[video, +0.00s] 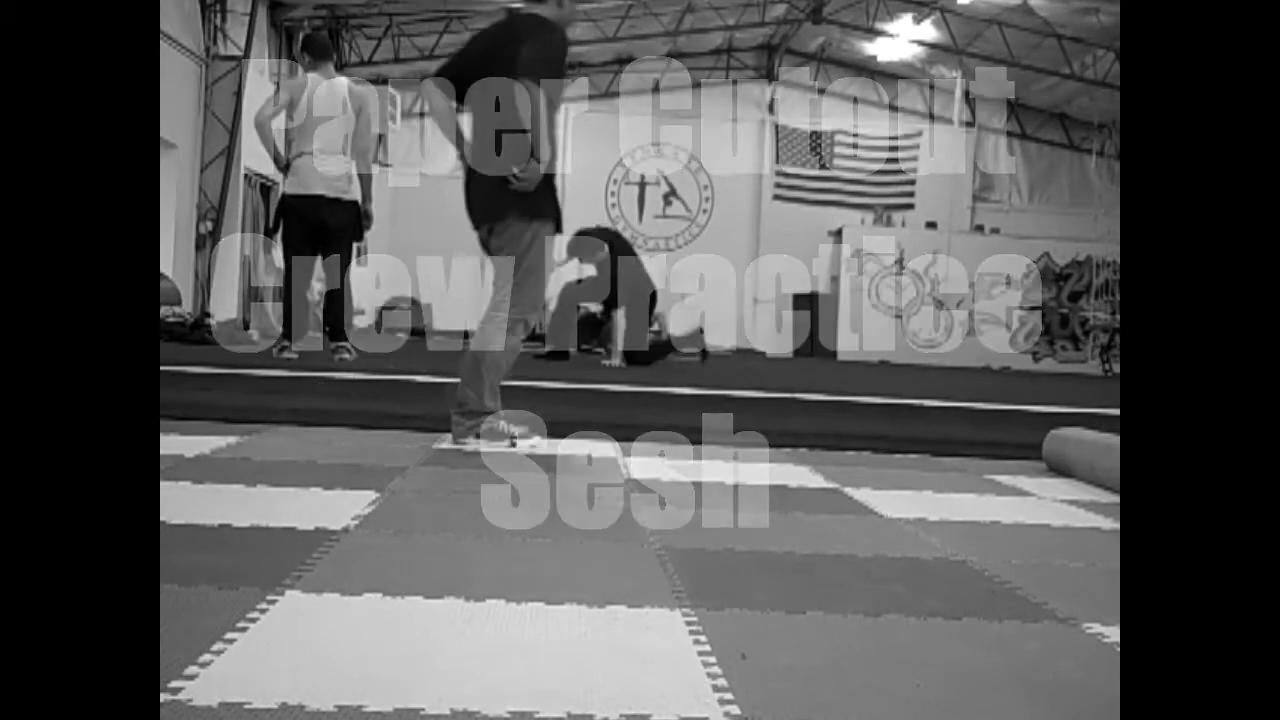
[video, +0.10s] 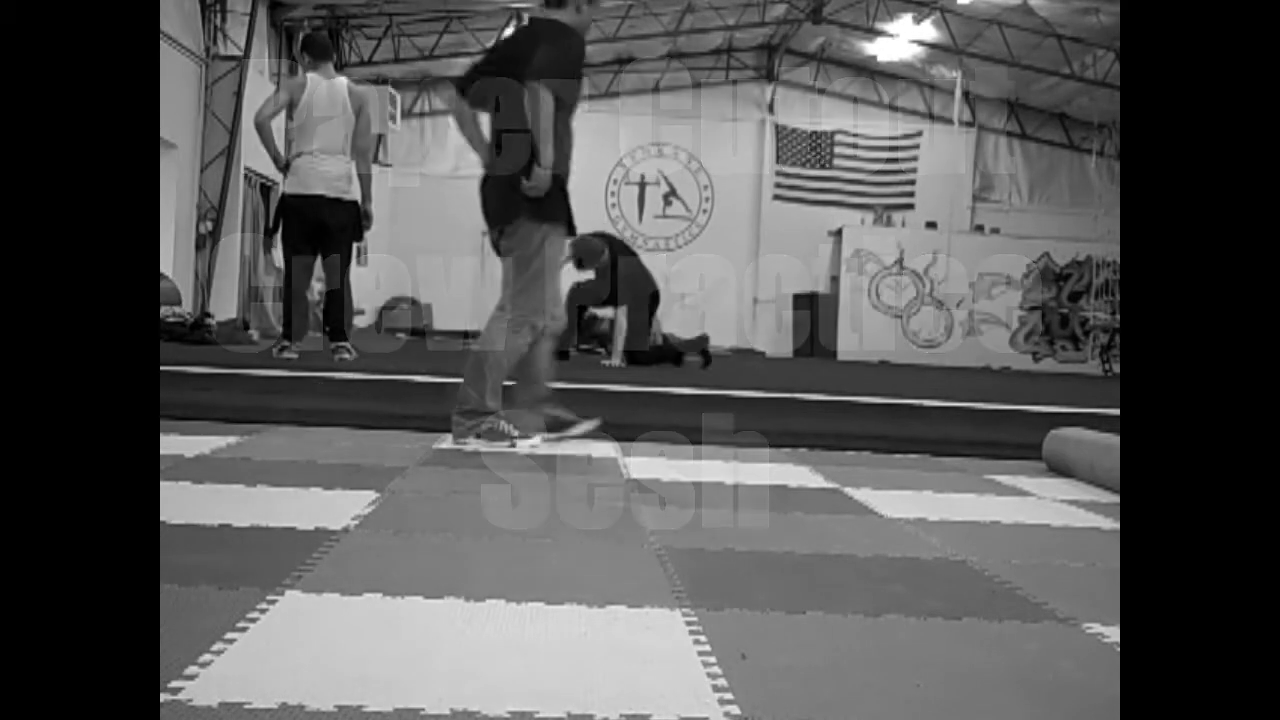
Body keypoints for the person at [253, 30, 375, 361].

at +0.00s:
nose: (299, 62)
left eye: (299, 58)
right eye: (301, 58)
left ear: (305, 57)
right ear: (334, 56)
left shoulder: (294, 86)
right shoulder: (360, 92)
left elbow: (260, 119)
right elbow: (363, 156)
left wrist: (278, 159)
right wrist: (367, 204)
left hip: (300, 195)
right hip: (341, 197)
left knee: (297, 277)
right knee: (337, 279)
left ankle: (288, 342)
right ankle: (339, 344)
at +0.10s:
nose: (299, 63)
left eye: (299, 58)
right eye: (300, 58)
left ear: (305, 57)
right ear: (333, 57)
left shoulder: (295, 86)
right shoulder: (358, 94)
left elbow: (260, 119)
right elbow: (362, 155)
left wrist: (278, 160)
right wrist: (366, 204)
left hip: (300, 191)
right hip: (341, 193)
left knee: (297, 275)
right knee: (337, 276)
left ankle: (289, 343)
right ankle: (340, 344)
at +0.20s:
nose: (300, 63)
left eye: (300, 58)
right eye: (301, 59)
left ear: (305, 58)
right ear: (333, 56)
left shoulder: (295, 85)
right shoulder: (356, 95)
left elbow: (261, 119)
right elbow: (362, 155)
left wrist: (279, 162)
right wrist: (366, 203)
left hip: (299, 193)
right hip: (341, 196)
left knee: (296, 274)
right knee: (338, 276)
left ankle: (291, 343)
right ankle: (341, 344)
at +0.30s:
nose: (300, 63)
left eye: (300, 58)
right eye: (302, 58)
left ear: (304, 57)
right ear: (333, 56)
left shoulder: (294, 85)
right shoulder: (356, 95)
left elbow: (261, 118)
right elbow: (362, 154)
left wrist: (279, 161)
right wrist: (365, 203)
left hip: (299, 194)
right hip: (340, 197)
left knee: (295, 274)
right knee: (338, 276)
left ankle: (290, 343)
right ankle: (341, 344)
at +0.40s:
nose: (299, 63)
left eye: (299, 58)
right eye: (301, 58)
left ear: (304, 57)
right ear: (332, 56)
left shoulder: (294, 85)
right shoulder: (356, 95)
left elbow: (260, 118)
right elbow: (362, 154)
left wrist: (278, 161)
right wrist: (365, 202)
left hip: (298, 193)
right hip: (340, 196)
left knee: (295, 274)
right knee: (338, 276)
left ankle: (290, 343)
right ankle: (341, 345)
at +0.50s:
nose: (299, 63)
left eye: (299, 58)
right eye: (301, 58)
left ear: (304, 57)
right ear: (332, 56)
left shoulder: (294, 85)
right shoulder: (356, 94)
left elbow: (260, 119)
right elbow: (362, 153)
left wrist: (278, 162)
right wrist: (365, 202)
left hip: (298, 194)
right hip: (340, 197)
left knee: (295, 274)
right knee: (338, 276)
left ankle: (290, 343)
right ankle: (341, 345)